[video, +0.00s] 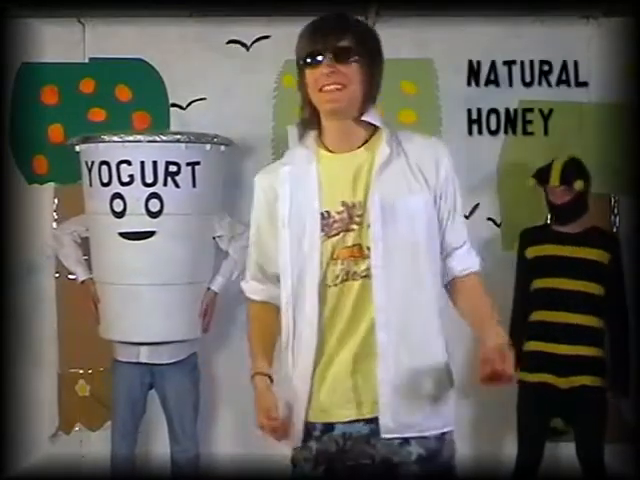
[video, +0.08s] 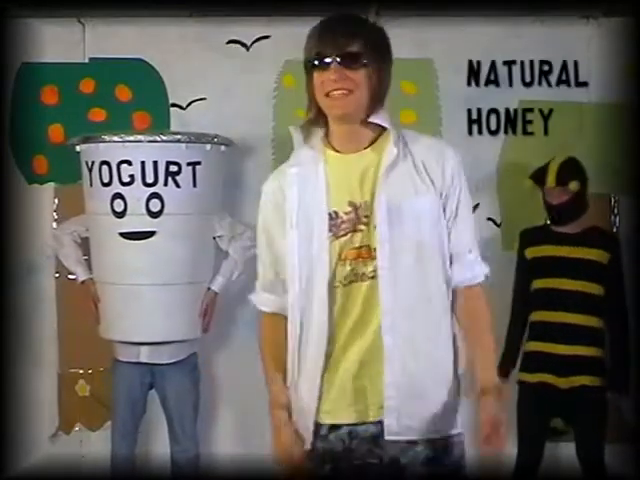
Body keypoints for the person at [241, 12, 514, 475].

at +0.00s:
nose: (330, 69)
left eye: (345, 56)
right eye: (316, 59)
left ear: (372, 72)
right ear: (301, 80)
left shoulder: (427, 160)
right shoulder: (275, 182)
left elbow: (459, 267)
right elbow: (263, 292)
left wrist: (491, 332)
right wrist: (261, 376)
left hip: (414, 419)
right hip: (320, 423)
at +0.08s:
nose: (336, 75)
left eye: (353, 61)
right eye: (322, 63)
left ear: (380, 74)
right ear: (310, 79)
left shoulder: (435, 164)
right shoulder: (283, 186)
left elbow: (468, 283)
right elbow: (274, 306)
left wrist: (488, 392)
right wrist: (280, 416)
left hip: (421, 427)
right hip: (323, 430)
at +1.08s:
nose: (303, 108)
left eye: (318, 95)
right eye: (289, 96)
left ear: (343, 104)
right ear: (276, 108)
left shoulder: (393, 190)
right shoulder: (250, 205)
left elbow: (417, 309)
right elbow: (252, 322)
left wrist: (430, 417)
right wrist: (266, 426)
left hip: (381, 432)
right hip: (296, 434)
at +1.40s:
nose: (302, 156)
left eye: (312, 141)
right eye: (286, 144)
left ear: (328, 138)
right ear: (261, 145)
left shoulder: (373, 209)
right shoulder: (234, 231)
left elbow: (412, 319)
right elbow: (232, 342)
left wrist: (413, 430)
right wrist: (254, 439)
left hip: (367, 441)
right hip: (284, 444)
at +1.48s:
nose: (313, 195)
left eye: (322, 179)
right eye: (297, 183)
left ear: (333, 175)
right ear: (265, 184)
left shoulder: (376, 238)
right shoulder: (239, 258)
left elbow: (417, 349)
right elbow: (240, 376)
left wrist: (418, 456)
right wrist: (264, 461)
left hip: (367, 450)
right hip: (287, 450)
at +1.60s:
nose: (328, 296)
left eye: (333, 278)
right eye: (309, 287)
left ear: (342, 272)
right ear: (278, 294)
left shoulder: (388, 323)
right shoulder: (251, 338)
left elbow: (448, 438)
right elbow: (259, 450)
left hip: (376, 466)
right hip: (299, 465)